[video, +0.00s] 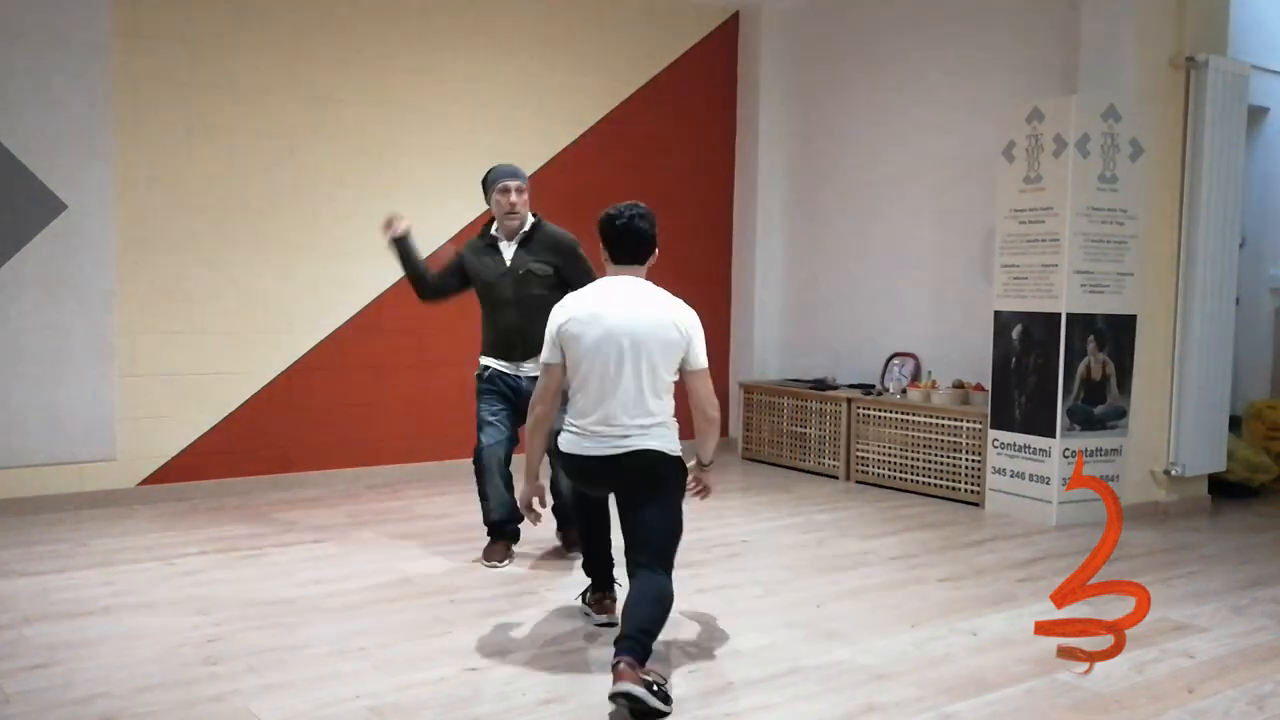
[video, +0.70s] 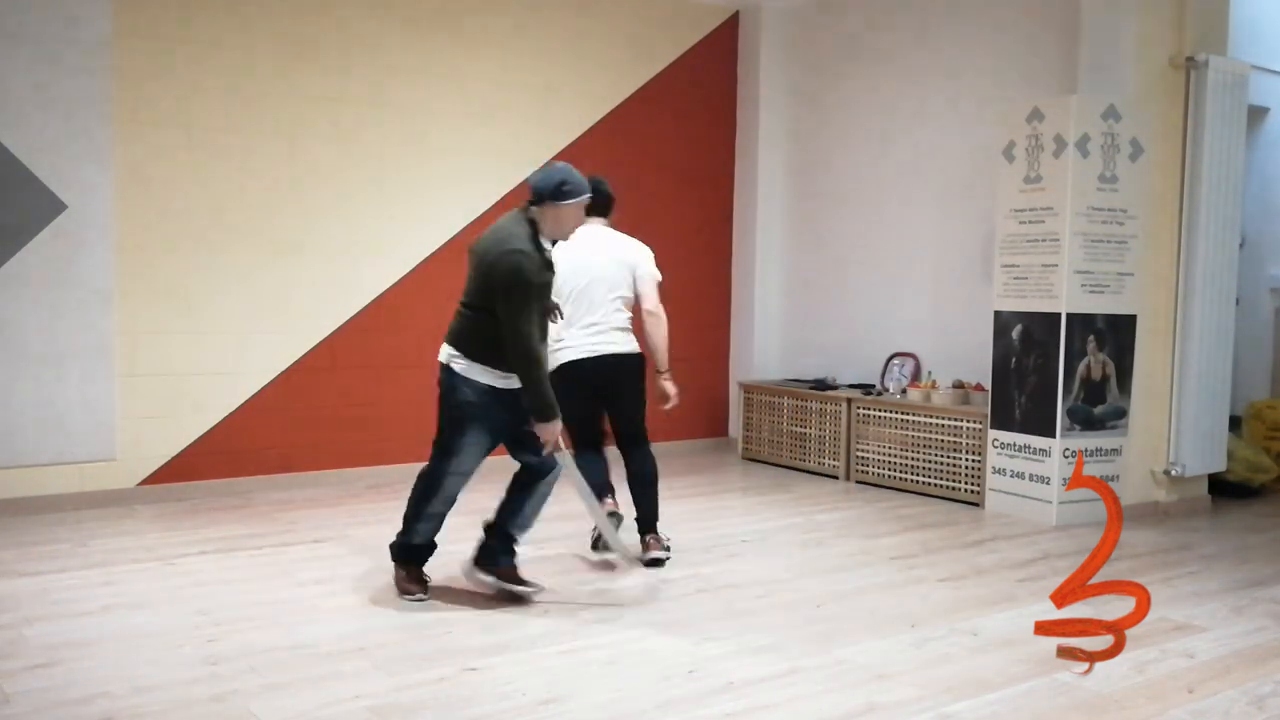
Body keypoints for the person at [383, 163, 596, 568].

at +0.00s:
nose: (512, 200)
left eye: (519, 191)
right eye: (503, 193)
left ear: (529, 197)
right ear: (489, 201)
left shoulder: (559, 246)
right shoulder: (476, 252)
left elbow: (591, 301)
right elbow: (430, 289)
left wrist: (584, 362)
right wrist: (403, 244)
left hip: (550, 372)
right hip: (497, 372)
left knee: (561, 452)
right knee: (490, 452)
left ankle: (571, 529)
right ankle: (501, 535)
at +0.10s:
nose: (524, 196)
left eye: (530, 187)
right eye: (514, 188)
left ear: (540, 192)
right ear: (499, 196)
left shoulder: (567, 238)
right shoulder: (480, 241)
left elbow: (589, 297)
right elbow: (422, 245)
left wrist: (556, 314)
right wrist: (426, 190)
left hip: (553, 367)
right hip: (498, 368)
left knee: (563, 453)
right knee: (492, 453)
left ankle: (567, 543)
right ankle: (502, 533)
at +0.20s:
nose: (533, 194)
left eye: (540, 185)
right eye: (524, 185)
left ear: (551, 190)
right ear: (509, 192)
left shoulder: (571, 235)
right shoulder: (491, 231)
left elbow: (571, 293)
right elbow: (452, 223)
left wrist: (527, 259)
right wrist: (467, 171)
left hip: (551, 372)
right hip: (496, 369)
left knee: (571, 459)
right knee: (475, 450)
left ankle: (569, 536)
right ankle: (501, 519)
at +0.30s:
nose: (546, 188)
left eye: (547, 179)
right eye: (536, 181)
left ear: (555, 183)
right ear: (516, 189)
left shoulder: (569, 231)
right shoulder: (489, 217)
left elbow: (551, 280)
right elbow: (485, 243)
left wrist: (516, 232)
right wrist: (514, 213)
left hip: (544, 374)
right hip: (487, 368)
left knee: (567, 463)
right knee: (466, 446)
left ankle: (572, 547)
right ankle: (466, 542)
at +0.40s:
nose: (538, 198)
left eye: (545, 191)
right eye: (529, 189)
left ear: (553, 193)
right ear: (509, 190)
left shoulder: (562, 233)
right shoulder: (484, 222)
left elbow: (568, 288)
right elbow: (510, 273)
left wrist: (536, 260)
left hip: (535, 369)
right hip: (477, 367)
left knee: (561, 463)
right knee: (452, 456)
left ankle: (572, 550)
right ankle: (428, 561)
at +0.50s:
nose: (547, 210)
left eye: (552, 202)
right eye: (539, 200)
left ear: (552, 204)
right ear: (512, 197)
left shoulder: (547, 238)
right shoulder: (480, 238)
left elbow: (540, 302)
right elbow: (515, 311)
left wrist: (555, 294)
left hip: (523, 378)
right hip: (467, 377)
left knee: (548, 463)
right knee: (443, 472)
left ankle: (549, 538)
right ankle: (423, 564)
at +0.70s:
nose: (583, 213)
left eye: (583, 205)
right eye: (578, 205)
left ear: (547, 204)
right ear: (551, 206)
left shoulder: (522, 229)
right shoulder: (519, 259)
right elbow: (526, 349)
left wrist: (540, 305)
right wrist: (546, 415)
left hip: (513, 381)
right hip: (472, 379)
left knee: (545, 462)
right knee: (451, 470)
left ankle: (496, 553)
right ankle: (409, 558)